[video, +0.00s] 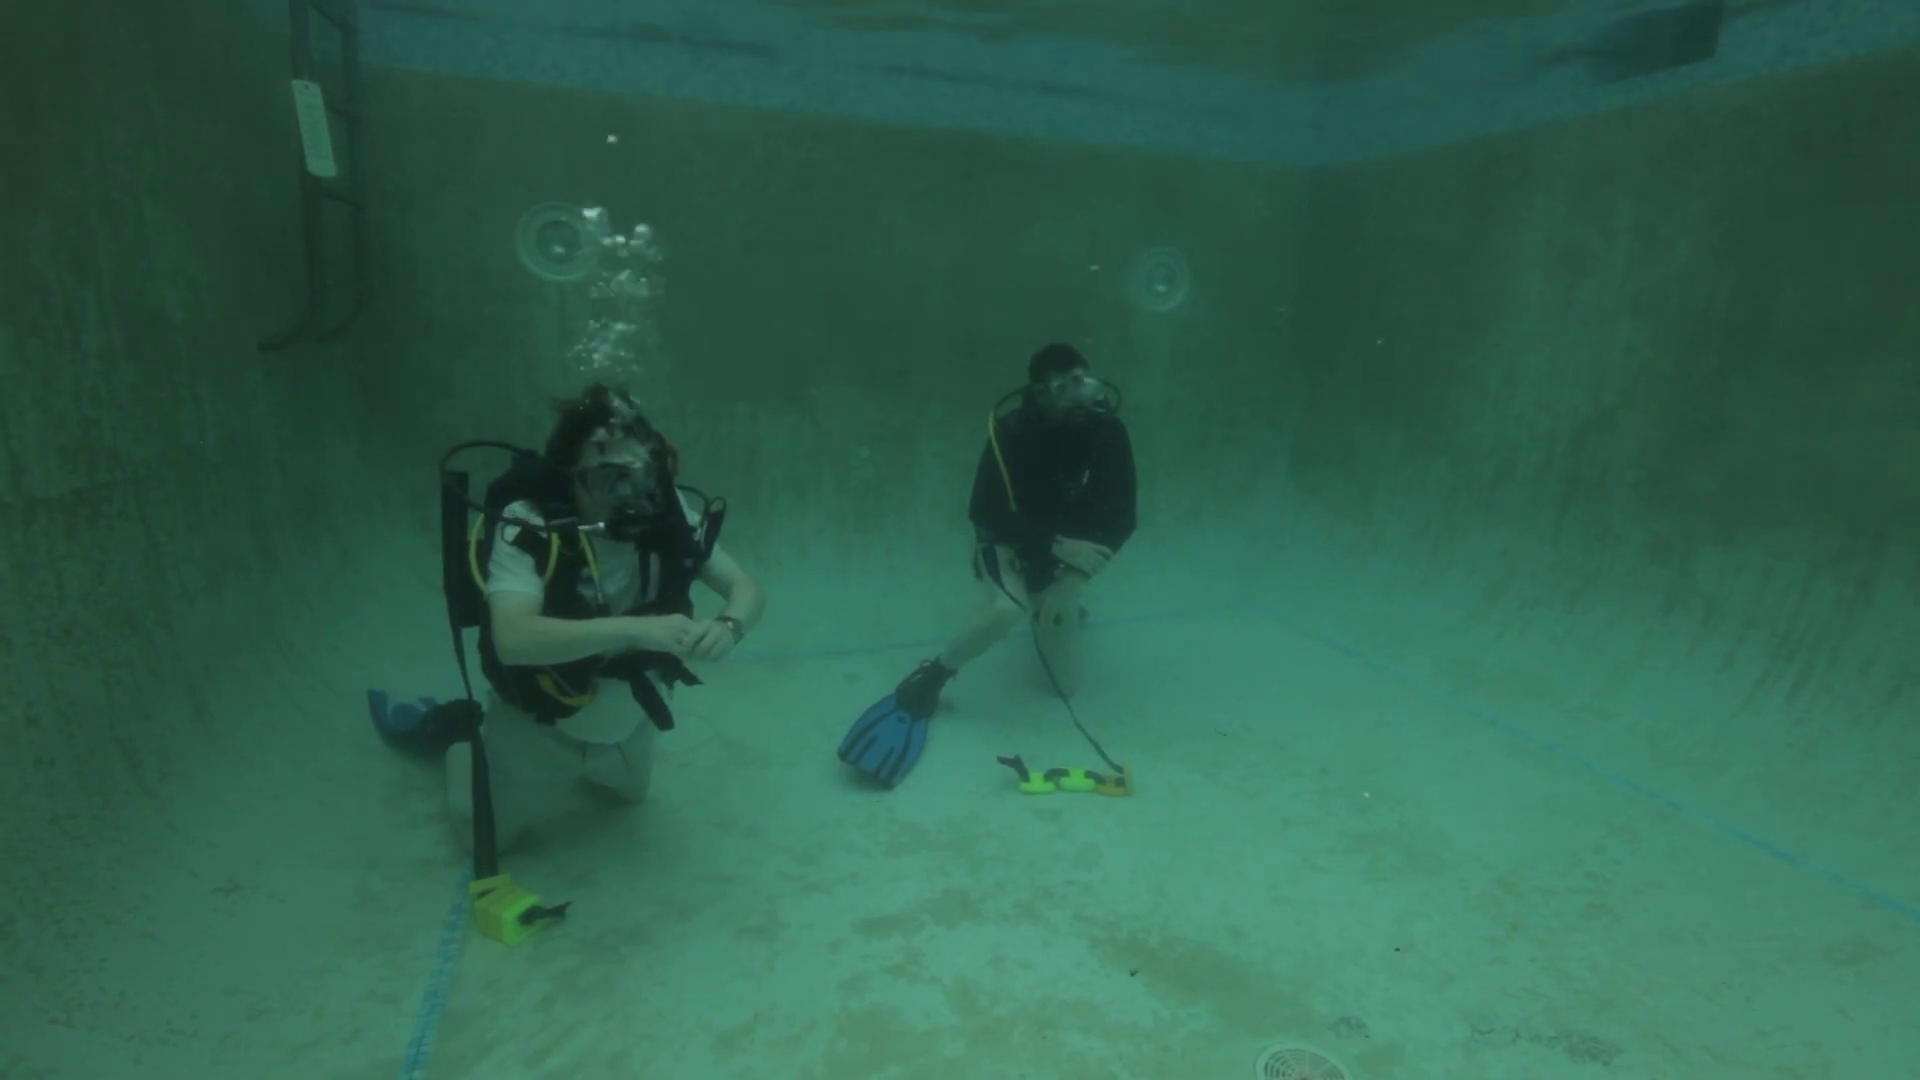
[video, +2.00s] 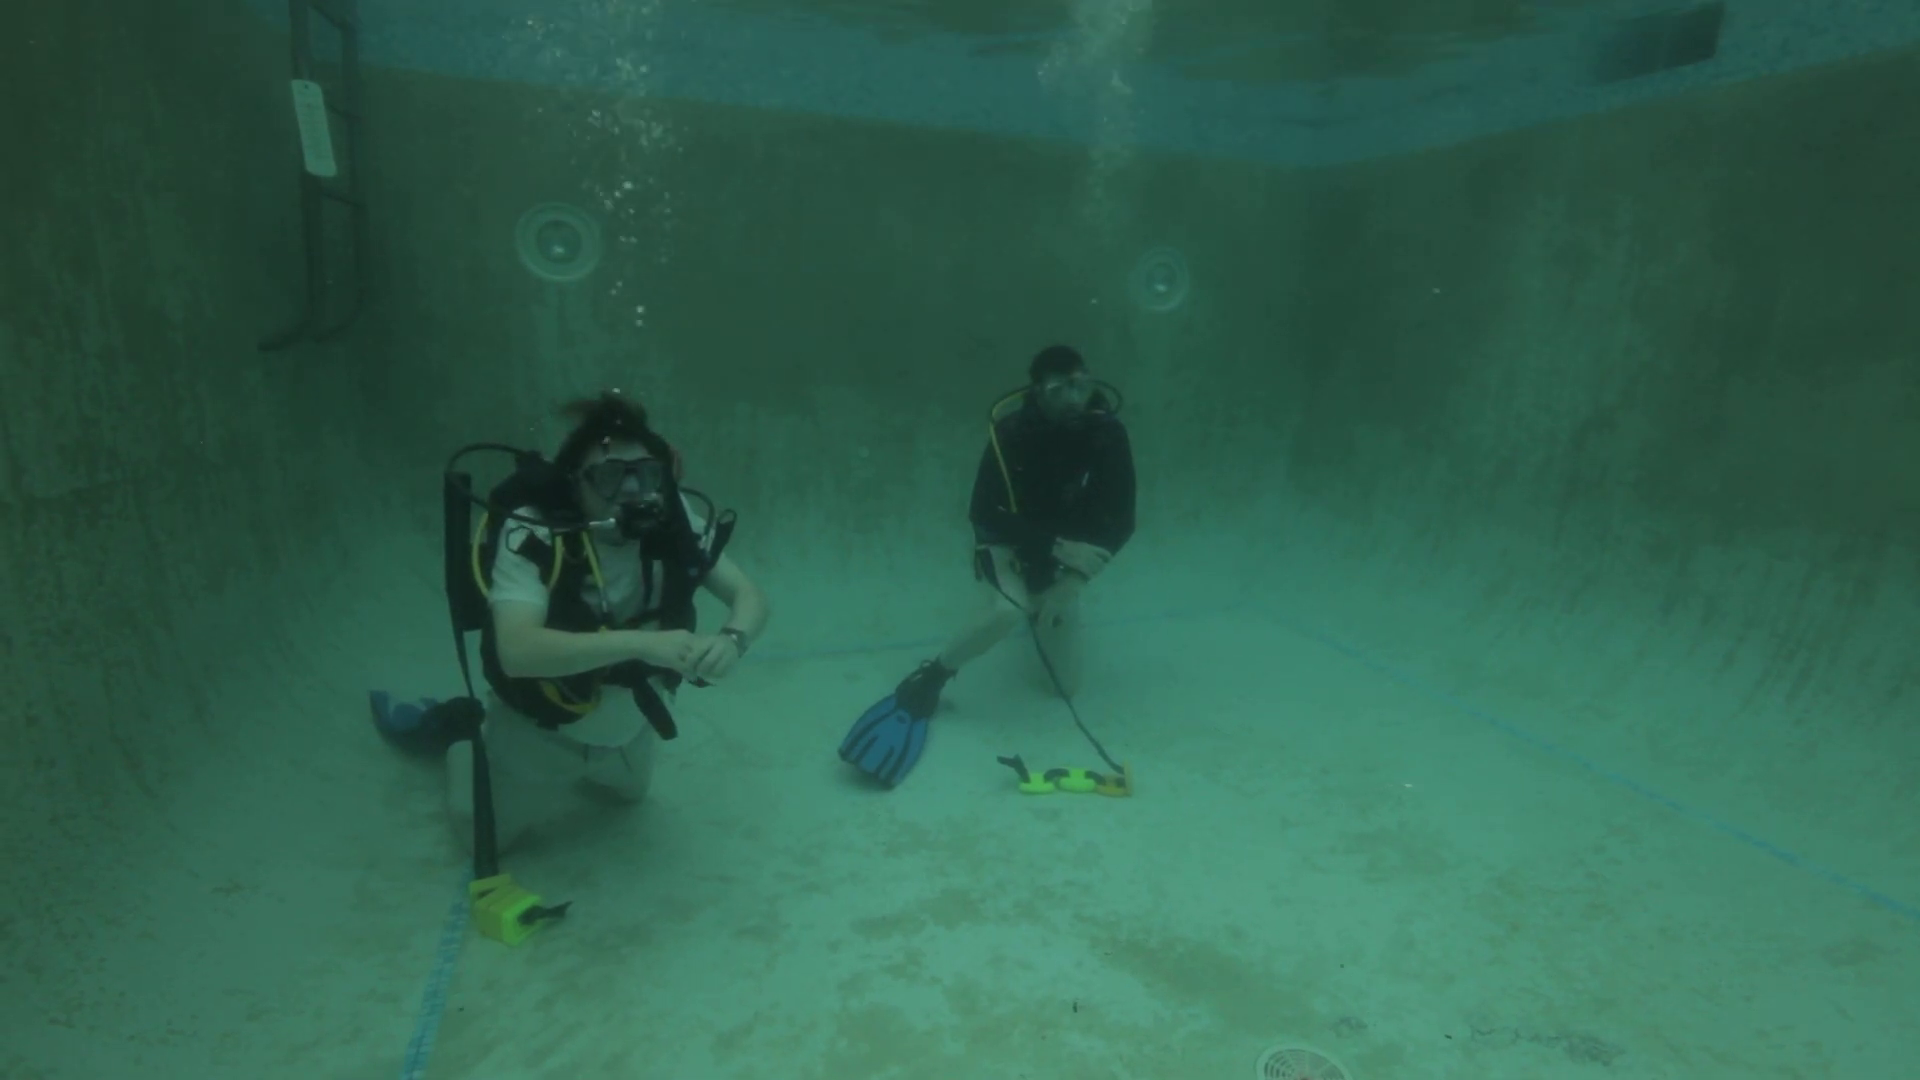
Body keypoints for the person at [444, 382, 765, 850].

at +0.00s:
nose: (622, 492)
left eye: (633, 475)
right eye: (604, 477)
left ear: (656, 471)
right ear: (573, 478)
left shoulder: (668, 515)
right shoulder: (527, 522)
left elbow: (745, 588)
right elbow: (512, 638)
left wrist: (729, 626)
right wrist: (638, 631)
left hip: (626, 706)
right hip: (538, 713)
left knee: (628, 786)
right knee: (486, 835)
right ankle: (461, 729)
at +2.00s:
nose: (630, 492)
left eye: (642, 476)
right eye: (610, 477)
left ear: (661, 478)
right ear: (575, 481)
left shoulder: (672, 521)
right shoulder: (531, 530)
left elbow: (749, 596)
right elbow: (516, 652)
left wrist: (733, 639)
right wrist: (646, 645)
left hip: (628, 713)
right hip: (538, 720)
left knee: (628, 787)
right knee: (484, 835)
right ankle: (462, 729)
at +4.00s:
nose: (650, 508)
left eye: (656, 489)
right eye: (630, 498)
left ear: (665, 474)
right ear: (582, 496)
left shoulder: (666, 515)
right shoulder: (525, 526)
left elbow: (743, 588)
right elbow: (511, 643)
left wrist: (728, 631)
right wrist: (641, 637)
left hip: (627, 708)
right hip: (538, 718)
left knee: (628, 787)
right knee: (491, 837)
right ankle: (465, 730)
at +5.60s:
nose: (641, 494)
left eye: (643, 475)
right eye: (621, 483)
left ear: (649, 466)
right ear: (570, 491)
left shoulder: (651, 509)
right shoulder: (513, 527)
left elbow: (731, 581)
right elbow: (521, 639)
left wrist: (731, 621)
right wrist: (645, 602)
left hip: (625, 711)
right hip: (539, 721)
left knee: (628, 786)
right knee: (503, 832)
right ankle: (466, 730)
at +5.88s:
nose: (633, 494)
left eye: (636, 475)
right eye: (612, 483)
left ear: (643, 466)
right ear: (563, 489)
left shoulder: (649, 513)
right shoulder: (508, 529)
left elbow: (720, 586)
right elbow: (544, 628)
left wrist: (731, 631)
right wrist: (654, 568)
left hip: (626, 712)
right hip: (538, 723)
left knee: (627, 787)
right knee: (500, 834)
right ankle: (463, 731)